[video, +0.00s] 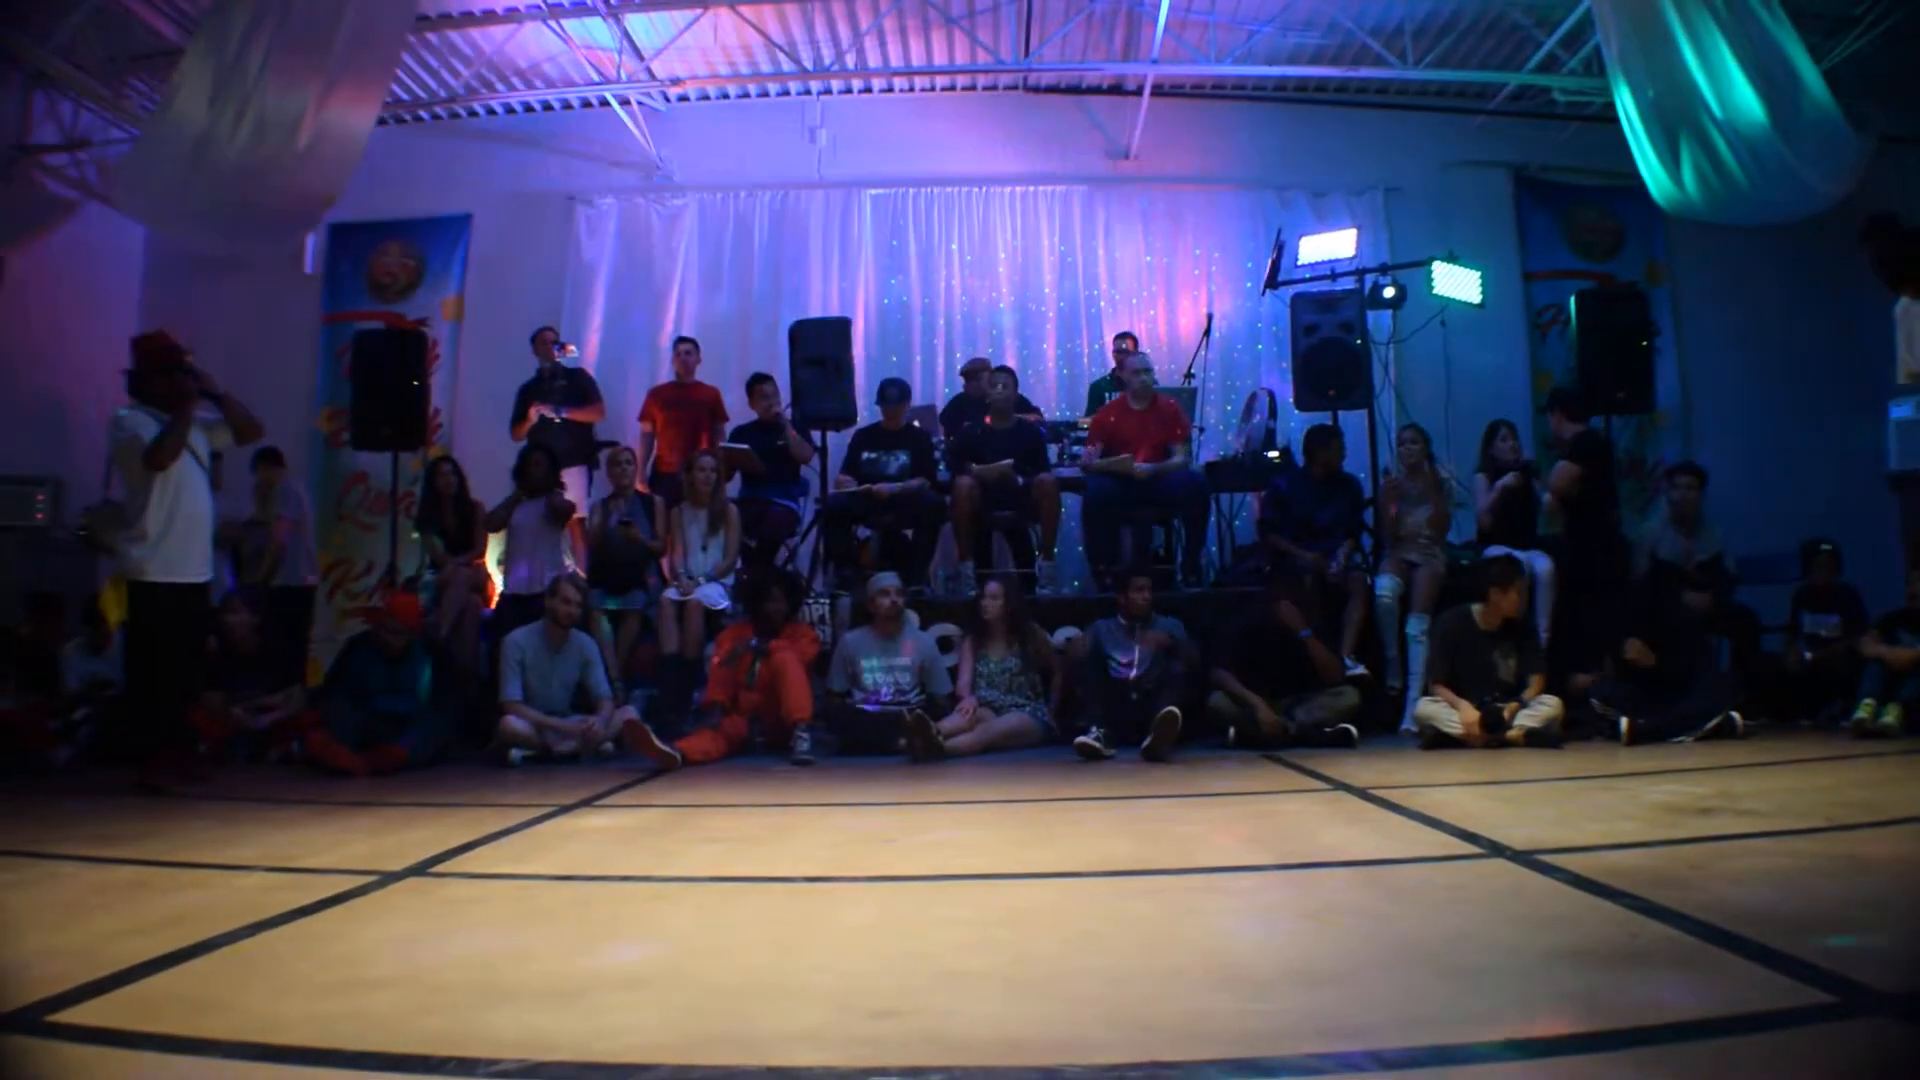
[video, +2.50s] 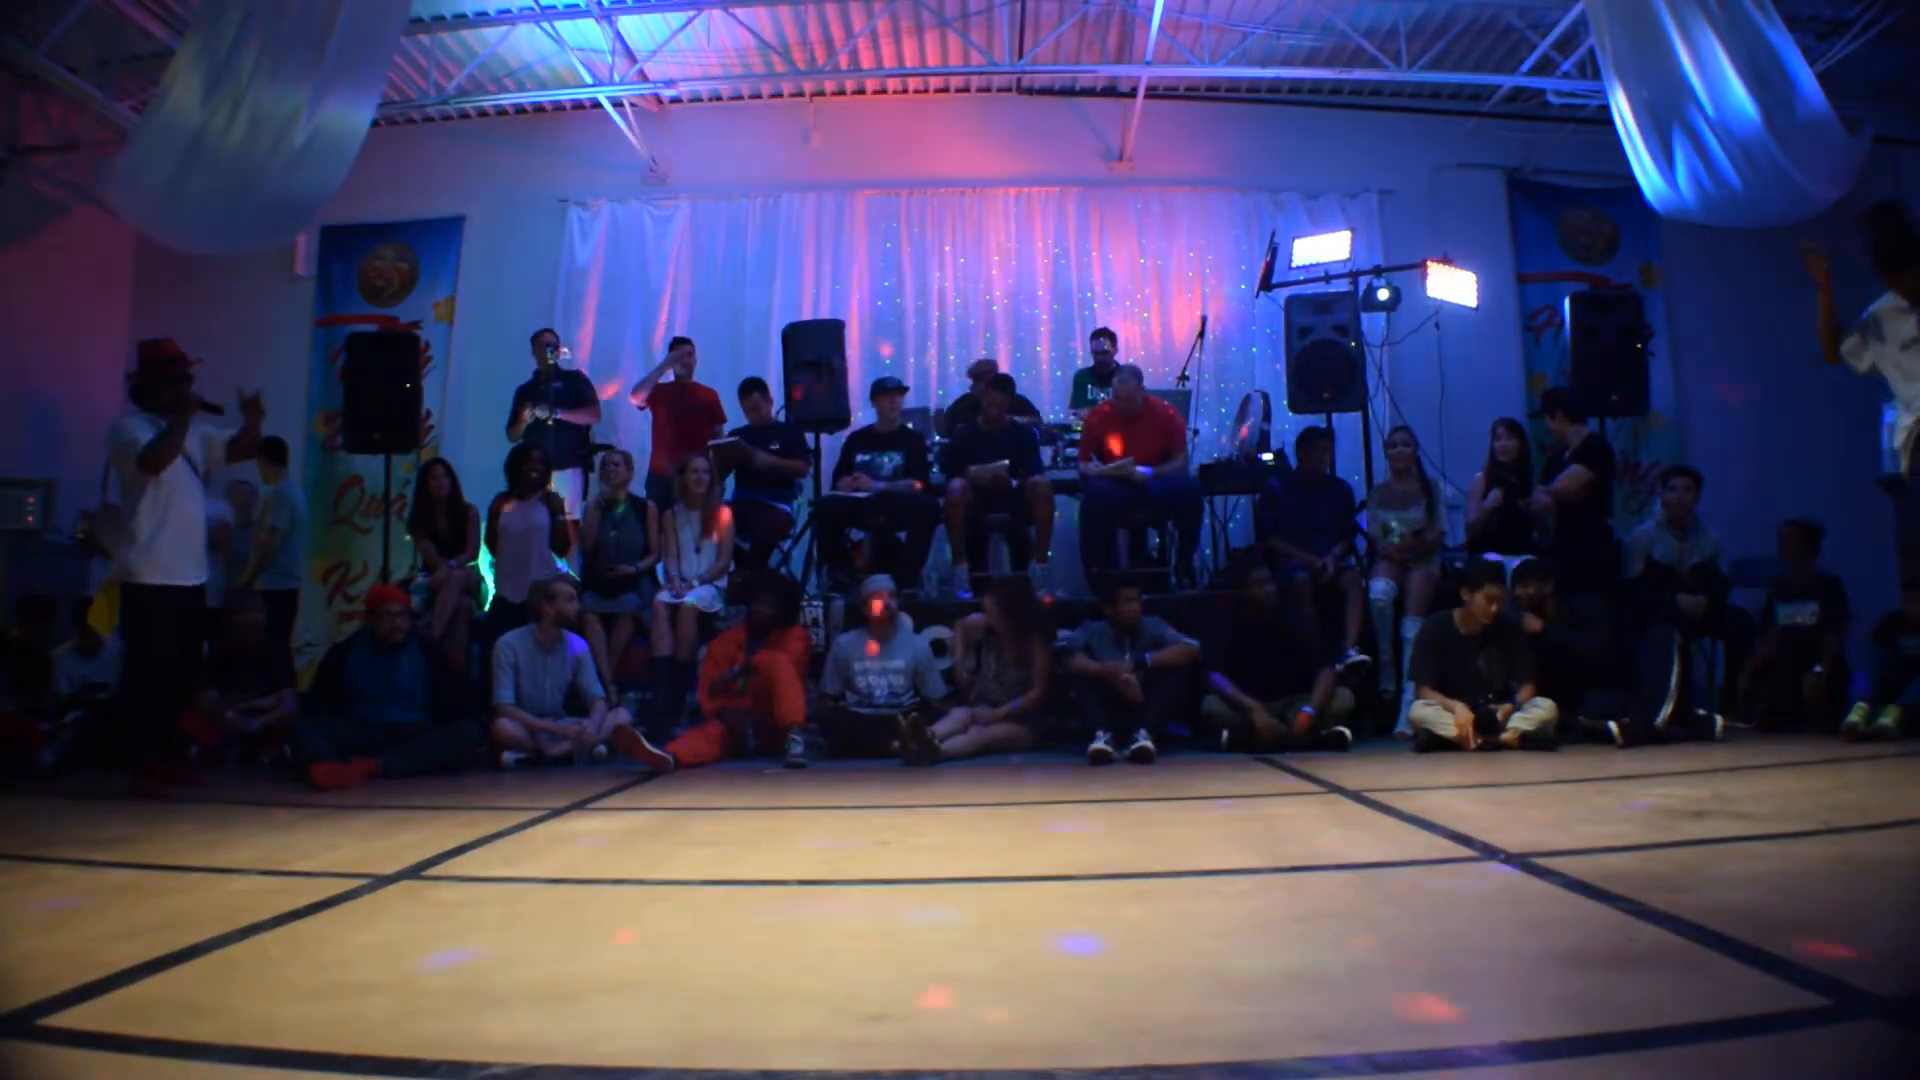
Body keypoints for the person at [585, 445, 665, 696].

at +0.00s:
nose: (622, 469)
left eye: (628, 464)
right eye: (616, 465)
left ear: (636, 469)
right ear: (608, 471)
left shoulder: (653, 503)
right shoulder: (599, 506)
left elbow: (660, 546)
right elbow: (593, 543)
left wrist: (639, 539)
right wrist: (607, 521)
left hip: (639, 574)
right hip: (606, 574)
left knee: (634, 606)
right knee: (595, 608)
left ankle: (617, 673)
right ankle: (613, 679)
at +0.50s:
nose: (618, 471)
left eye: (622, 465)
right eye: (611, 467)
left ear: (630, 470)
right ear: (603, 474)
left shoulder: (646, 505)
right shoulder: (596, 506)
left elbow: (657, 548)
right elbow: (588, 542)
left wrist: (634, 548)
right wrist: (595, 494)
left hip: (634, 575)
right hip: (602, 574)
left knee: (629, 609)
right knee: (591, 610)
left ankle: (610, 674)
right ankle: (608, 680)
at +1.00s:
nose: (611, 470)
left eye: (617, 465)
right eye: (608, 466)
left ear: (630, 472)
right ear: (603, 473)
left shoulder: (647, 505)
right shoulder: (596, 504)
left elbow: (656, 551)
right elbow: (589, 533)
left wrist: (630, 564)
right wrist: (598, 495)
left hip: (633, 575)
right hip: (600, 573)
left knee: (628, 609)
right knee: (590, 610)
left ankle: (610, 671)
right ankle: (607, 677)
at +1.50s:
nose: (607, 468)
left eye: (614, 463)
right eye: (604, 463)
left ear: (629, 472)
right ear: (599, 471)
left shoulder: (645, 506)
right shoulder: (594, 504)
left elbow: (654, 552)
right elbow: (586, 532)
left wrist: (631, 568)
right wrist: (597, 492)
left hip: (630, 579)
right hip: (598, 577)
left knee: (626, 613)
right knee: (588, 614)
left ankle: (606, 677)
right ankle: (606, 684)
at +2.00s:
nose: (609, 468)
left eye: (615, 464)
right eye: (606, 464)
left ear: (630, 472)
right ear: (601, 473)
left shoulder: (646, 506)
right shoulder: (595, 505)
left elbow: (655, 552)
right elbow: (589, 528)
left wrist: (634, 568)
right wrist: (597, 490)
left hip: (631, 577)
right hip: (600, 575)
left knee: (627, 608)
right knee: (588, 610)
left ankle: (609, 672)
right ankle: (605, 678)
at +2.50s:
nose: (610, 470)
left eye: (616, 465)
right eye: (606, 465)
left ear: (629, 472)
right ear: (601, 473)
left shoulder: (645, 507)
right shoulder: (593, 506)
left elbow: (654, 552)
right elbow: (587, 545)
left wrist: (633, 568)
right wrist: (597, 507)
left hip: (630, 576)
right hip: (599, 575)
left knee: (627, 611)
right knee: (589, 614)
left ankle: (607, 678)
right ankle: (608, 684)